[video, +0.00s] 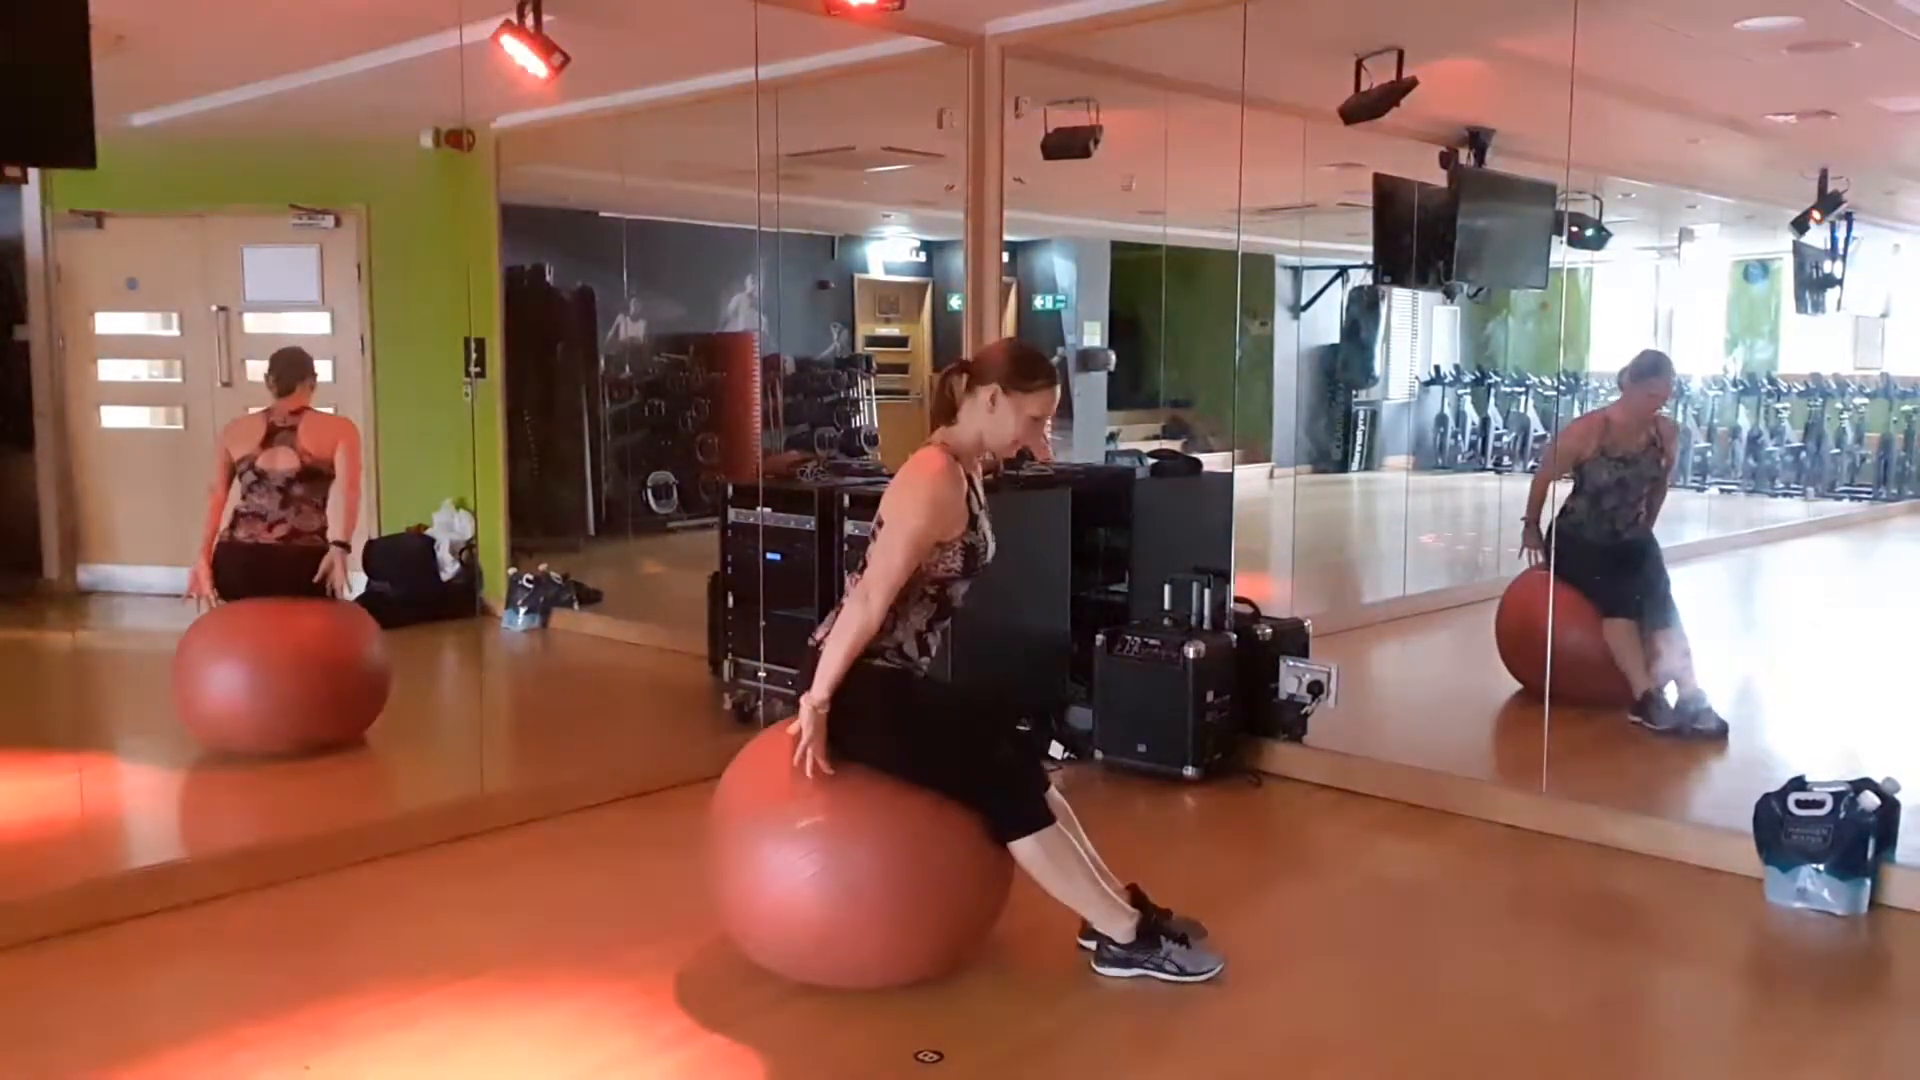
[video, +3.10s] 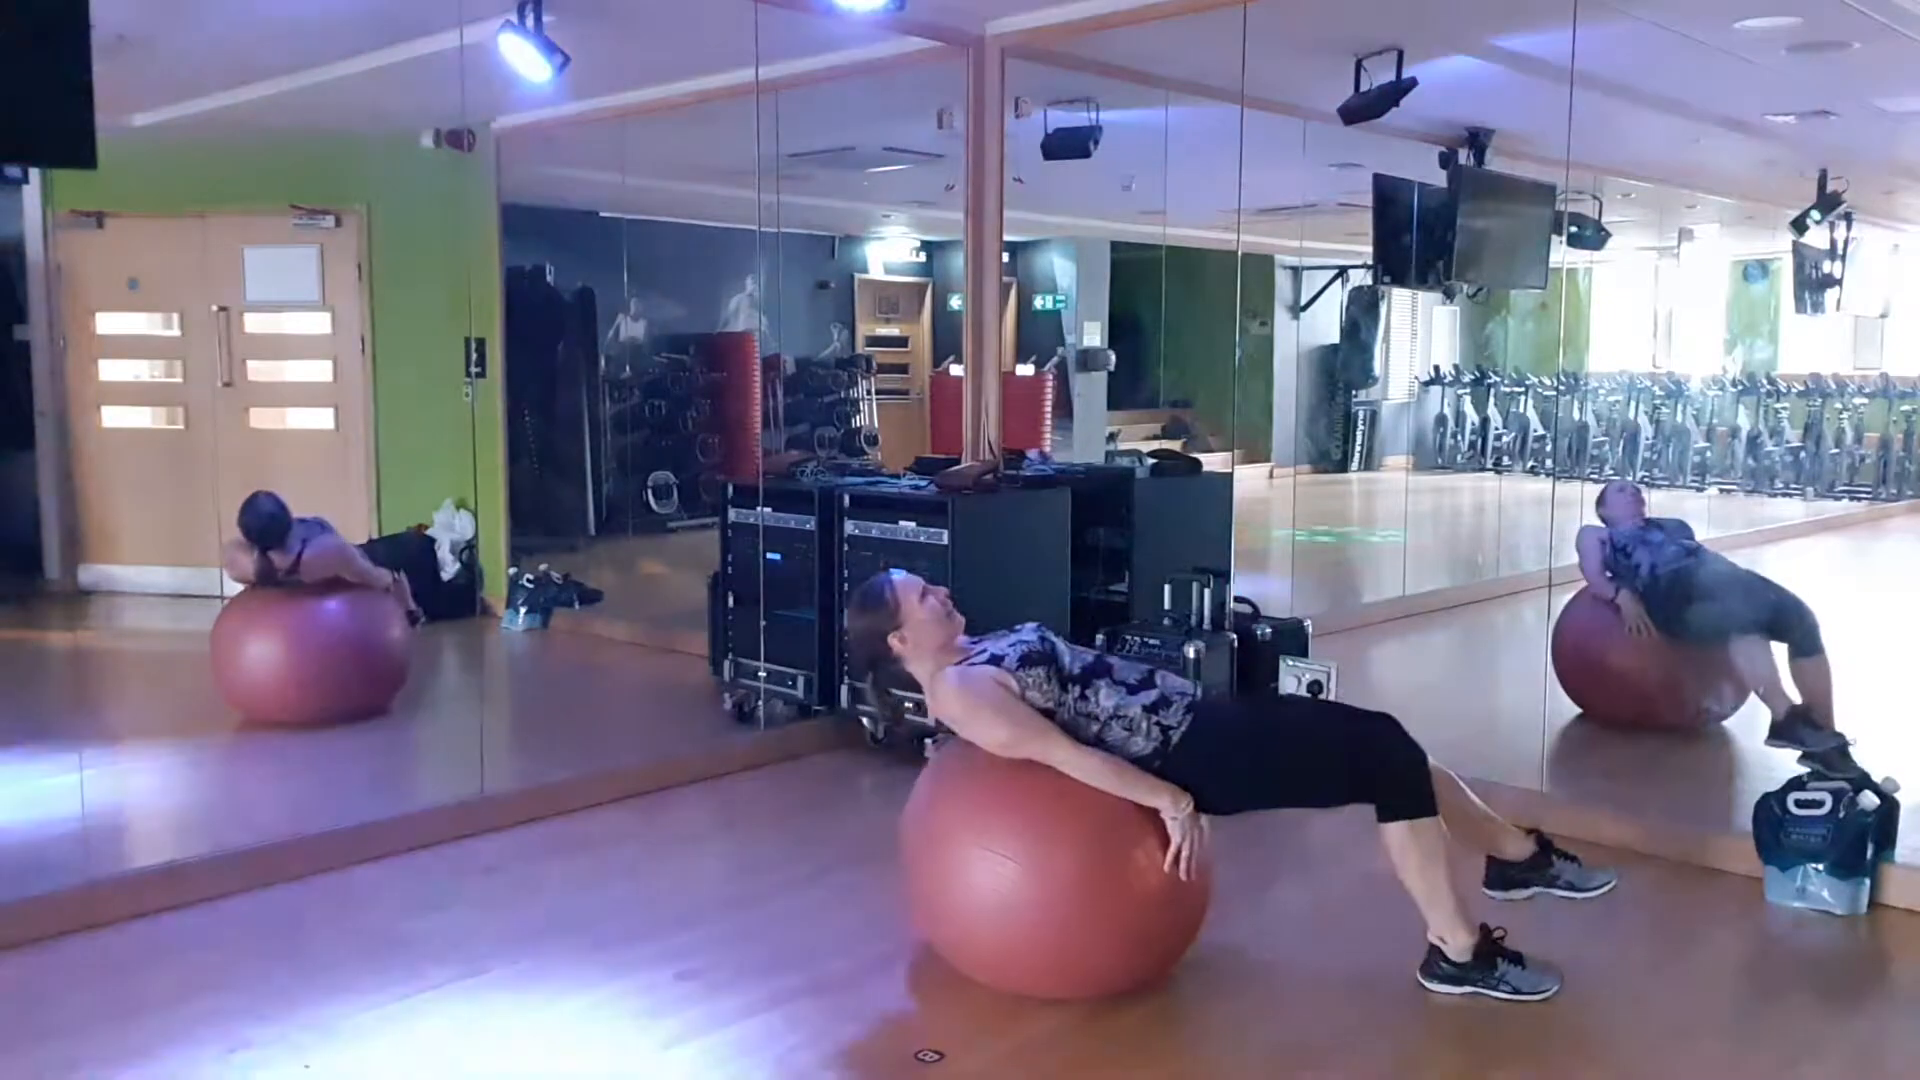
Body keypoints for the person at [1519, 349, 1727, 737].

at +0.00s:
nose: (1660, 403)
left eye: (1665, 395)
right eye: (1654, 394)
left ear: (1668, 393)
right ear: (1628, 386)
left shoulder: (1665, 432)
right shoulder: (1589, 430)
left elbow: (1660, 487)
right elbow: (1544, 473)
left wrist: (1644, 531)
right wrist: (1531, 524)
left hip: (1632, 539)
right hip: (1578, 538)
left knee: (1658, 596)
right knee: (1619, 594)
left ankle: (1690, 696)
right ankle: (1646, 697)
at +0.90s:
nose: (1646, 396)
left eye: (1651, 388)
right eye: (1638, 387)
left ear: (1655, 391)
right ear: (1613, 387)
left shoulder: (1666, 435)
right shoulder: (1581, 437)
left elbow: (1667, 494)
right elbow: (1548, 494)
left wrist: (1664, 539)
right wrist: (1562, 550)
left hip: (1660, 547)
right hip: (1608, 552)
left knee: (1697, 595)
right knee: (1668, 602)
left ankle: (1683, 685)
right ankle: (1695, 695)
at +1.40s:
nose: (1641, 413)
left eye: (1646, 406)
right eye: (1632, 405)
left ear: (1651, 412)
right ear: (1609, 408)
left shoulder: (1663, 458)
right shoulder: (1581, 460)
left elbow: (1674, 520)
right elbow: (1555, 520)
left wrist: (1686, 558)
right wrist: (1585, 569)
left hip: (1675, 566)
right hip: (1626, 573)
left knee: (1721, 573)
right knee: (1705, 599)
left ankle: (1718, 699)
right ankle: (1719, 713)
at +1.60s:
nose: (1642, 422)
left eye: (1645, 415)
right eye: (1633, 414)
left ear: (1649, 420)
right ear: (1607, 417)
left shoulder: (1665, 463)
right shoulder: (1579, 467)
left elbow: (1679, 524)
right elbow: (1560, 532)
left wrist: (1694, 561)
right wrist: (1591, 573)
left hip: (1682, 562)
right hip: (1632, 573)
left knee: (1722, 580)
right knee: (1700, 599)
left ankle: (1771, 699)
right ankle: (1714, 712)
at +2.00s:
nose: (1632, 450)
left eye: (1636, 442)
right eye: (1622, 442)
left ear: (1642, 447)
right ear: (1599, 449)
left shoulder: (1663, 486)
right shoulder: (1578, 492)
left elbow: (1682, 542)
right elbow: (1561, 553)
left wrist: (1702, 577)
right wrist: (1599, 580)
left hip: (1690, 570)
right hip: (1644, 580)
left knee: (1755, 623)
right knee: (1727, 616)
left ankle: (1811, 731)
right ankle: (1716, 713)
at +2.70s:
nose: (1626, 490)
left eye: (1630, 486)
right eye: (1615, 486)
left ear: (1638, 497)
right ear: (1596, 500)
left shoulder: (1664, 526)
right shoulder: (1586, 532)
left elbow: (1698, 558)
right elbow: (1581, 574)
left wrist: (1735, 580)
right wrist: (1613, 592)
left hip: (1700, 582)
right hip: (1657, 588)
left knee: (1787, 623)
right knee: (1746, 592)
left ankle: (1819, 745)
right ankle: (1760, 710)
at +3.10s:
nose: (1633, 492)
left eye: (1636, 489)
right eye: (1620, 491)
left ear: (1644, 503)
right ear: (1603, 510)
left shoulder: (1673, 526)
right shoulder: (1596, 534)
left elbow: (1708, 556)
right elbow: (1594, 575)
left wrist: (1743, 577)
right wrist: (1622, 597)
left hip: (1719, 581)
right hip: (1676, 590)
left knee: (1801, 622)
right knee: (1742, 620)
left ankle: (1826, 742)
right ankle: (1784, 716)